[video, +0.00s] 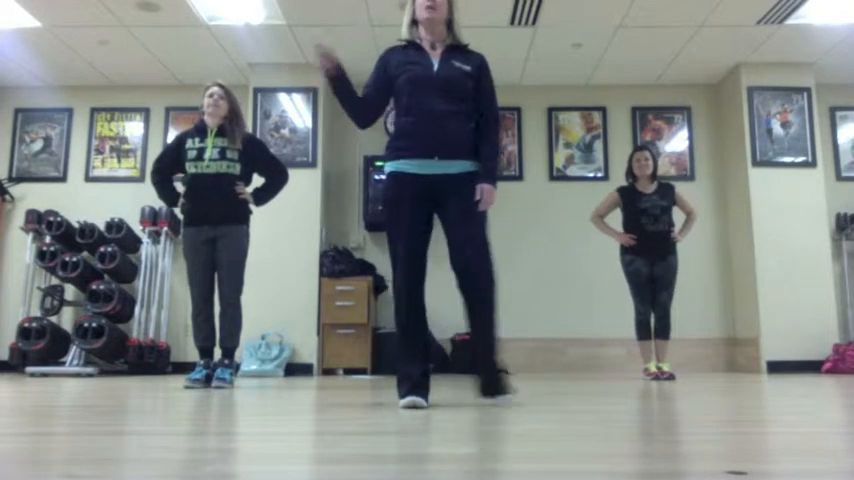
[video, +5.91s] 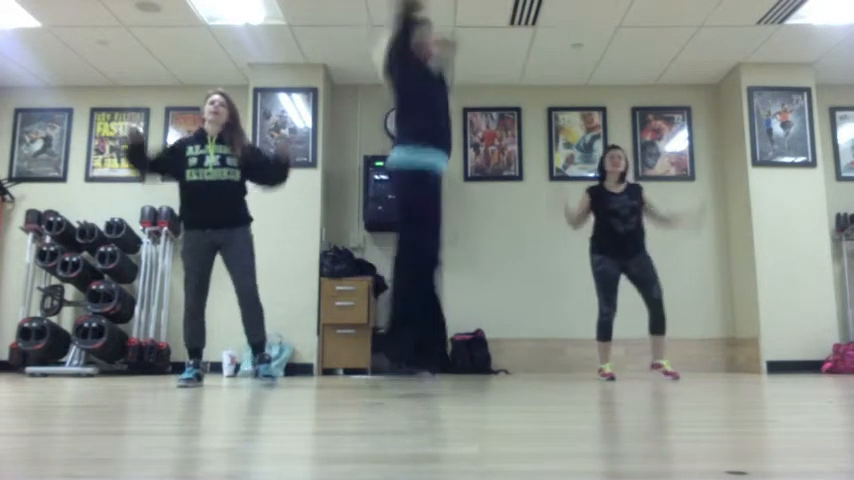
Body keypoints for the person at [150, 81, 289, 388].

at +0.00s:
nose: (213, 100)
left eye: (220, 97)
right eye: (209, 96)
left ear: (230, 107)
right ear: (202, 104)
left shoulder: (245, 142)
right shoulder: (187, 140)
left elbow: (280, 174)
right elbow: (159, 171)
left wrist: (256, 196)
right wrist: (175, 199)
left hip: (232, 227)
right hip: (196, 226)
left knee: (229, 295)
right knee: (200, 297)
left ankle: (227, 362)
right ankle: (205, 361)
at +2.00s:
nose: (202, 98)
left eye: (209, 95)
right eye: (199, 95)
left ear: (220, 104)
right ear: (192, 103)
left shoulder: (237, 138)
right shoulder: (178, 142)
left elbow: (251, 181)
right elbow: (170, 189)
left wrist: (266, 178)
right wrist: (150, 184)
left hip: (225, 227)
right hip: (187, 227)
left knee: (219, 295)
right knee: (186, 296)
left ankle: (217, 362)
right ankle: (187, 364)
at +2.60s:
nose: (251, 99)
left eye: (258, 96)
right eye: (246, 94)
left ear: (268, 106)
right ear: (238, 102)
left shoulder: (279, 143)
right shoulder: (220, 136)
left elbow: (291, 188)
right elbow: (196, 181)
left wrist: (313, 182)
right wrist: (197, 168)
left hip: (264, 228)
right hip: (227, 226)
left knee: (264, 296)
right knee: (215, 288)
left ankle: (263, 364)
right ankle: (189, 353)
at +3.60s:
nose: (216, 96)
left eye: (223, 93)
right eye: (212, 92)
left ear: (235, 105)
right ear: (205, 100)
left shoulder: (248, 141)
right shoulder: (187, 137)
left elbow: (264, 183)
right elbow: (173, 182)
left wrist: (288, 180)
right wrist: (162, 172)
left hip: (239, 226)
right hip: (199, 227)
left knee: (259, 286)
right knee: (193, 295)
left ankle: (268, 356)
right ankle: (190, 364)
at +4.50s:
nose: (259, 95)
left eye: (266, 93)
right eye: (254, 91)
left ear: (274, 104)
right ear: (245, 100)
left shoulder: (284, 142)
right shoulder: (226, 133)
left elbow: (295, 187)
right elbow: (207, 173)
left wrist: (321, 186)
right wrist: (188, 173)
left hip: (265, 227)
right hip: (226, 225)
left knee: (265, 296)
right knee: (208, 289)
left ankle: (267, 364)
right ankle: (189, 358)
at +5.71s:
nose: (214, 106)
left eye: (221, 104)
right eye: (210, 102)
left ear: (230, 115)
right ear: (202, 111)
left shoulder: (242, 150)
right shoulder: (186, 148)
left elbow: (256, 191)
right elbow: (171, 191)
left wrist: (281, 190)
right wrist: (153, 191)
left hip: (233, 234)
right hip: (195, 234)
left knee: (243, 296)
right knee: (192, 300)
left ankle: (254, 362)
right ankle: (194, 365)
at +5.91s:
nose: (214, 107)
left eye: (220, 105)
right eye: (211, 103)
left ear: (230, 115)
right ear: (202, 111)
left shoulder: (240, 148)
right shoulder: (184, 147)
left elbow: (268, 175)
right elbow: (152, 168)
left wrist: (281, 159)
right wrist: (137, 152)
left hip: (235, 231)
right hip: (197, 232)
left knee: (248, 292)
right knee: (194, 297)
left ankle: (260, 360)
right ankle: (193, 363)